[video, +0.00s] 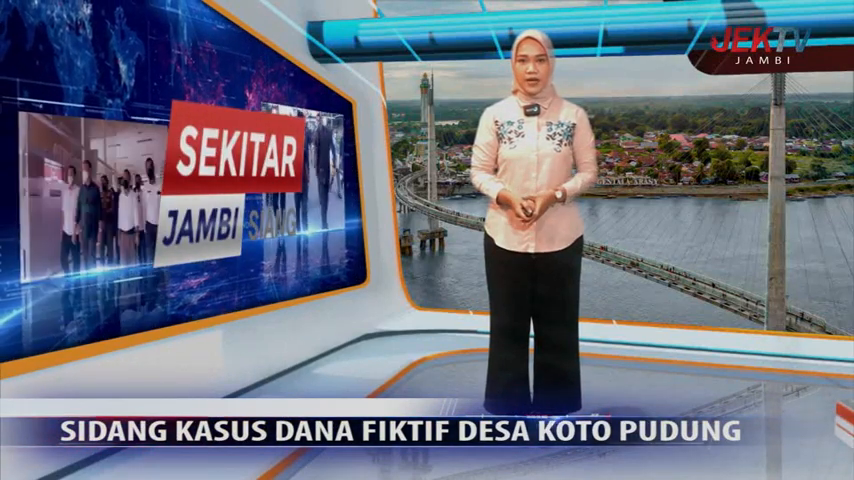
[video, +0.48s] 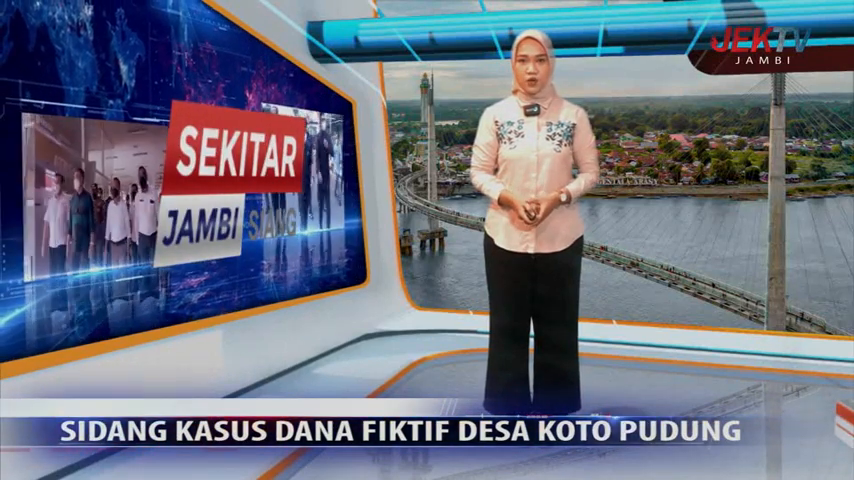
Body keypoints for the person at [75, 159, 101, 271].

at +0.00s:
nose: (85, 176)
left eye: (86, 173)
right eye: (83, 174)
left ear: (90, 175)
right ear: (82, 176)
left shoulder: (96, 189)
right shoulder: (81, 189)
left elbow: (99, 206)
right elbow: (78, 206)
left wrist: (100, 220)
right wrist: (76, 221)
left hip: (93, 221)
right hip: (83, 221)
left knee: (92, 250)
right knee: (84, 249)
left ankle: (92, 270)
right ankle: (85, 269)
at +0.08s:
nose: (83, 173)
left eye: (84, 171)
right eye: (81, 171)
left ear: (88, 172)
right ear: (79, 173)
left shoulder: (93, 188)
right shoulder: (78, 187)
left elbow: (97, 205)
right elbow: (75, 204)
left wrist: (97, 220)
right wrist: (73, 220)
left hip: (90, 219)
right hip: (80, 219)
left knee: (89, 245)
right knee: (81, 245)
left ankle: (88, 267)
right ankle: (82, 266)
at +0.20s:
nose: (81, 174)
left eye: (82, 172)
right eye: (79, 172)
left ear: (86, 173)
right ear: (77, 174)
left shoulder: (91, 189)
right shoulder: (75, 189)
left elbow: (94, 208)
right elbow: (72, 206)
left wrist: (96, 226)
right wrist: (70, 222)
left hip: (88, 222)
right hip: (78, 222)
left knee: (86, 250)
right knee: (78, 249)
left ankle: (85, 271)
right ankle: (79, 271)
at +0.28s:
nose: (80, 177)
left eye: (81, 174)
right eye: (78, 174)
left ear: (84, 176)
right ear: (75, 177)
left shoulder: (89, 192)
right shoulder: (74, 192)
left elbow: (93, 210)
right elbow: (71, 209)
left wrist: (94, 226)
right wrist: (70, 225)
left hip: (87, 225)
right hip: (76, 225)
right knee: (76, 255)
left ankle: (84, 271)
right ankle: (77, 271)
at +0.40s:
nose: (78, 180)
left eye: (80, 177)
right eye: (77, 177)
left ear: (83, 179)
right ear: (74, 180)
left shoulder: (89, 195)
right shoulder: (74, 195)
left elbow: (92, 212)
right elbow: (71, 213)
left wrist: (93, 227)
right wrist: (70, 229)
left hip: (86, 226)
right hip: (76, 226)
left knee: (85, 253)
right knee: (76, 252)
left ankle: (85, 277)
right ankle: (75, 276)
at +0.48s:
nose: (77, 183)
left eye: (79, 180)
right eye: (75, 180)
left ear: (82, 182)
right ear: (73, 183)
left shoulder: (88, 197)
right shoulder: (73, 198)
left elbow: (91, 215)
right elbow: (70, 216)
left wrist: (92, 232)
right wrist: (69, 232)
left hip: (85, 228)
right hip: (75, 228)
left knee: (85, 254)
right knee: (76, 252)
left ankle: (85, 278)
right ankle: (74, 276)